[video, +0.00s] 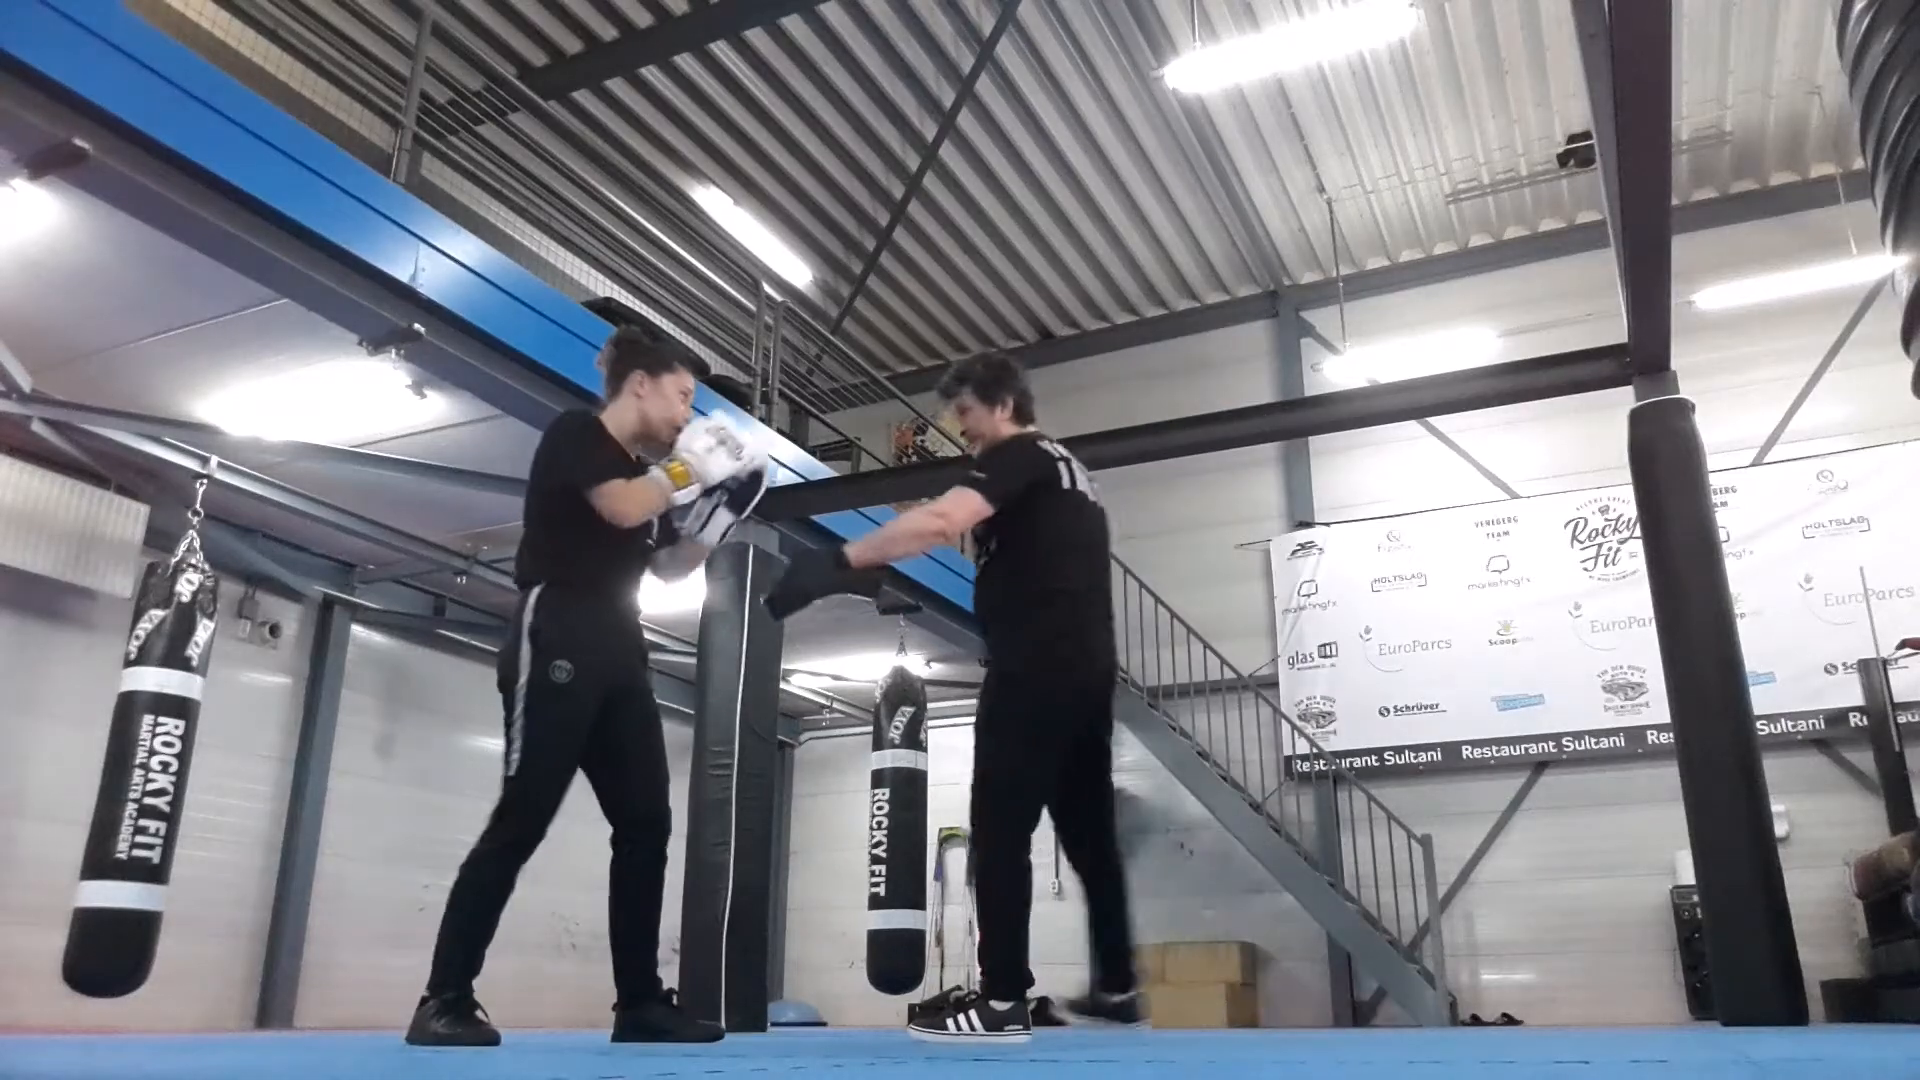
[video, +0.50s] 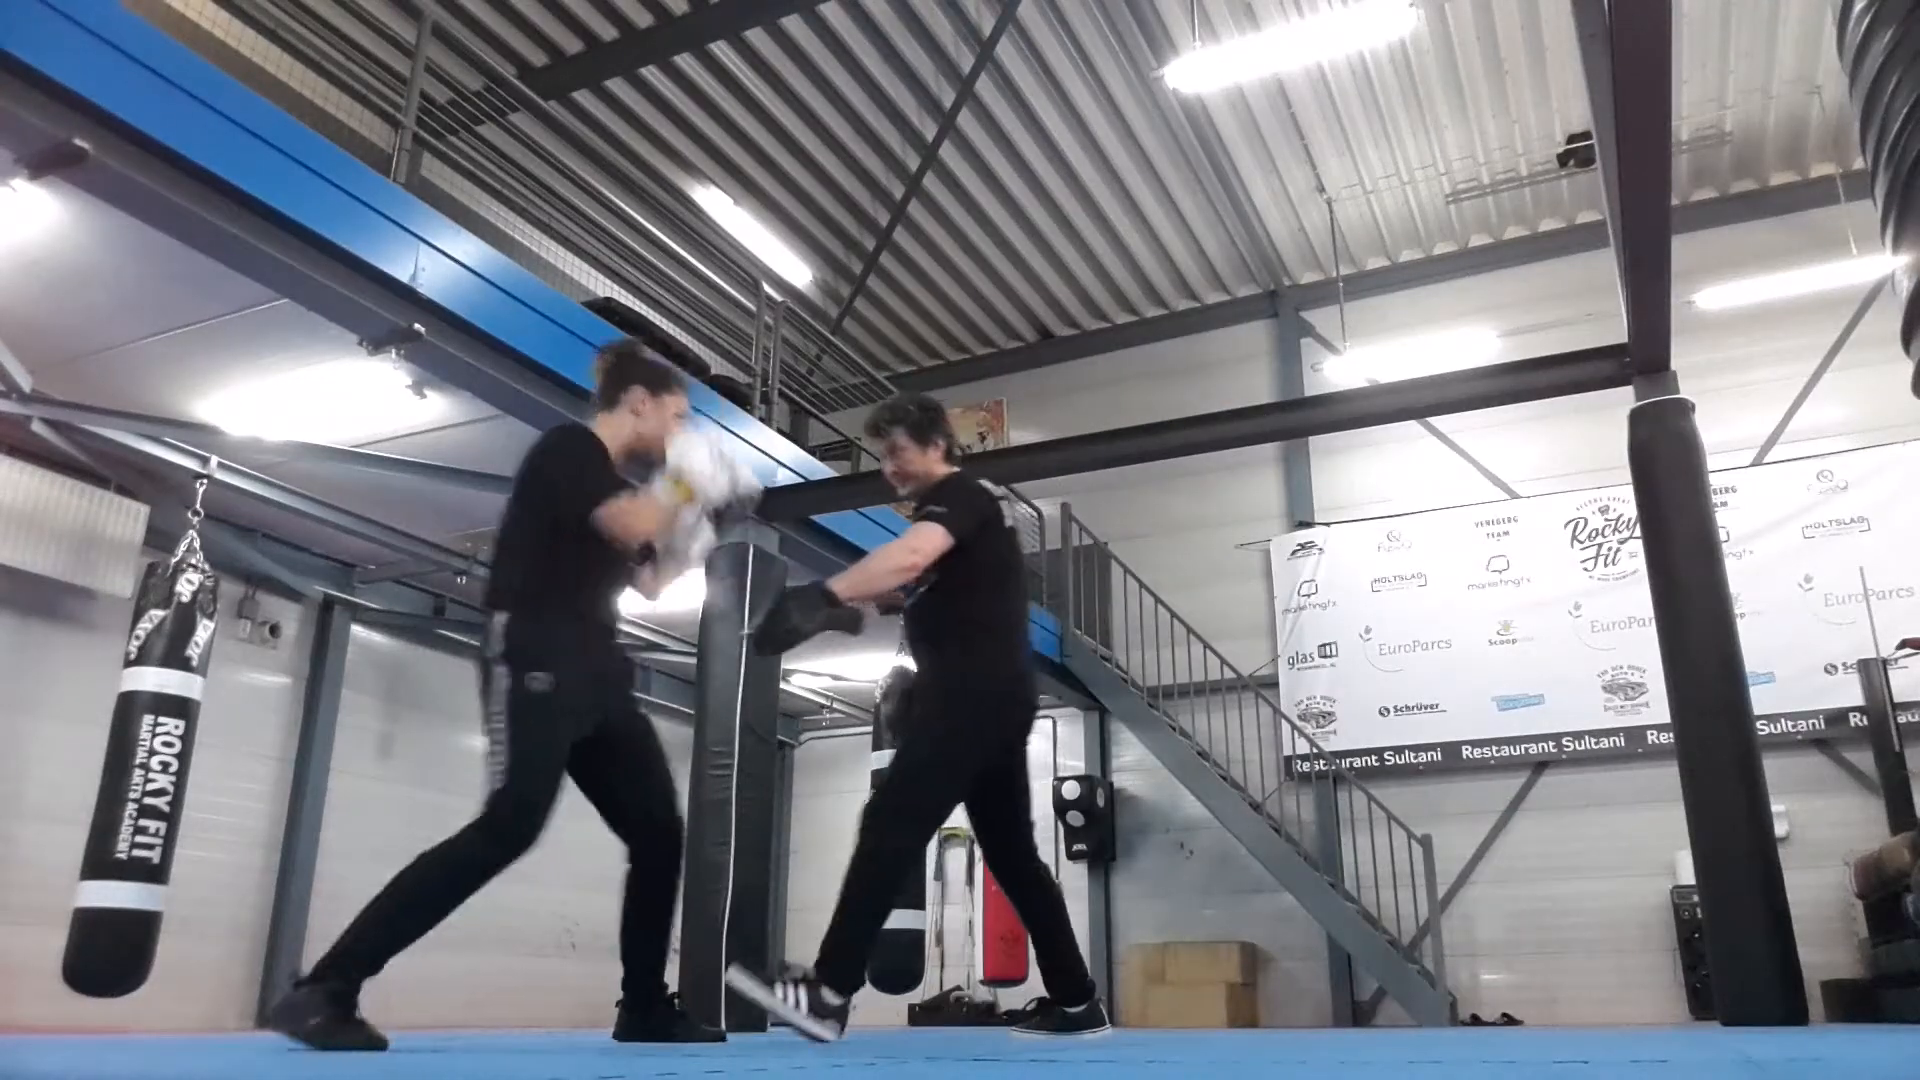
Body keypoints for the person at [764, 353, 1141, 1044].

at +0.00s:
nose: (963, 433)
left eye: (966, 417)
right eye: (958, 422)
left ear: (1003, 403)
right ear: (1020, 407)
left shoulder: (1016, 457)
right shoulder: (1070, 468)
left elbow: (936, 523)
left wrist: (837, 562)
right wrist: (948, 517)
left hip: (1027, 680)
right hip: (1086, 680)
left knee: (1000, 836)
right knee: (1091, 835)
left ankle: (1003, 998)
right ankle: (1116, 989)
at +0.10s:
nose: (955, 447)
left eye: (960, 431)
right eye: (950, 435)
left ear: (999, 422)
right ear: (1012, 428)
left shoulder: (1017, 472)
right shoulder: (1053, 483)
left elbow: (943, 537)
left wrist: (844, 576)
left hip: (1024, 686)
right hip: (1072, 687)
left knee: (973, 829)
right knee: (1056, 841)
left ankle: (999, 998)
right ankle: (1082, 998)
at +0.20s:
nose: (949, 475)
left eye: (954, 459)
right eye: (943, 463)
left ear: (993, 449)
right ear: (1004, 455)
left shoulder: (1018, 498)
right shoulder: (1046, 512)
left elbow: (959, 556)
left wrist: (859, 590)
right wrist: (896, 597)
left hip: (1019, 693)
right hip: (1058, 699)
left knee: (924, 812)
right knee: (1024, 854)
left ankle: (983, 976)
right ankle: (1077, 1000)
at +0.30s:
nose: (933, 482)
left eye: (939, 465)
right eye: (928, 469)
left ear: (976, 454)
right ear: (978, 461)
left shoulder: (1009, 502)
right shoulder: (1011, 516)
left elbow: (957, 563)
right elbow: (955, 587)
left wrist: (865, 600)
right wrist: (895, 611)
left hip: (1004, 692)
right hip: (1037, 696)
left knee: (908, 802)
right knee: (1016, 852)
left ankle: (935, 974)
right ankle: (1073, 999)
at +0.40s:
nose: (914, 470)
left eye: (922, 453)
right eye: (907, 460)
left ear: (959, 444)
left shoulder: (987, 492)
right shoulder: (992, 506)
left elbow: (941, 558)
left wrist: (850, 598)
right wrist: (879, 606)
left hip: (984, 689)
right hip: (1021, 692)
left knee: (906, 817)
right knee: (1020, 850)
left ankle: (870, 983)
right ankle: (1077, 1000)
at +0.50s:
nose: (888, 468)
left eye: (897, 452)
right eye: (883, 456)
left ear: (935, 445)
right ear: (931, 453)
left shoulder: (962, 494)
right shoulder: (959, 511)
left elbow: (911, 556)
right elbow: (911, 587)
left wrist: (819, 595)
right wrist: (852, 606)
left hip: (966, 697)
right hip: (994, 698)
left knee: (890, 830)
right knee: (1012, 855)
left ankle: (829, 991)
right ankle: (1075, 1000)